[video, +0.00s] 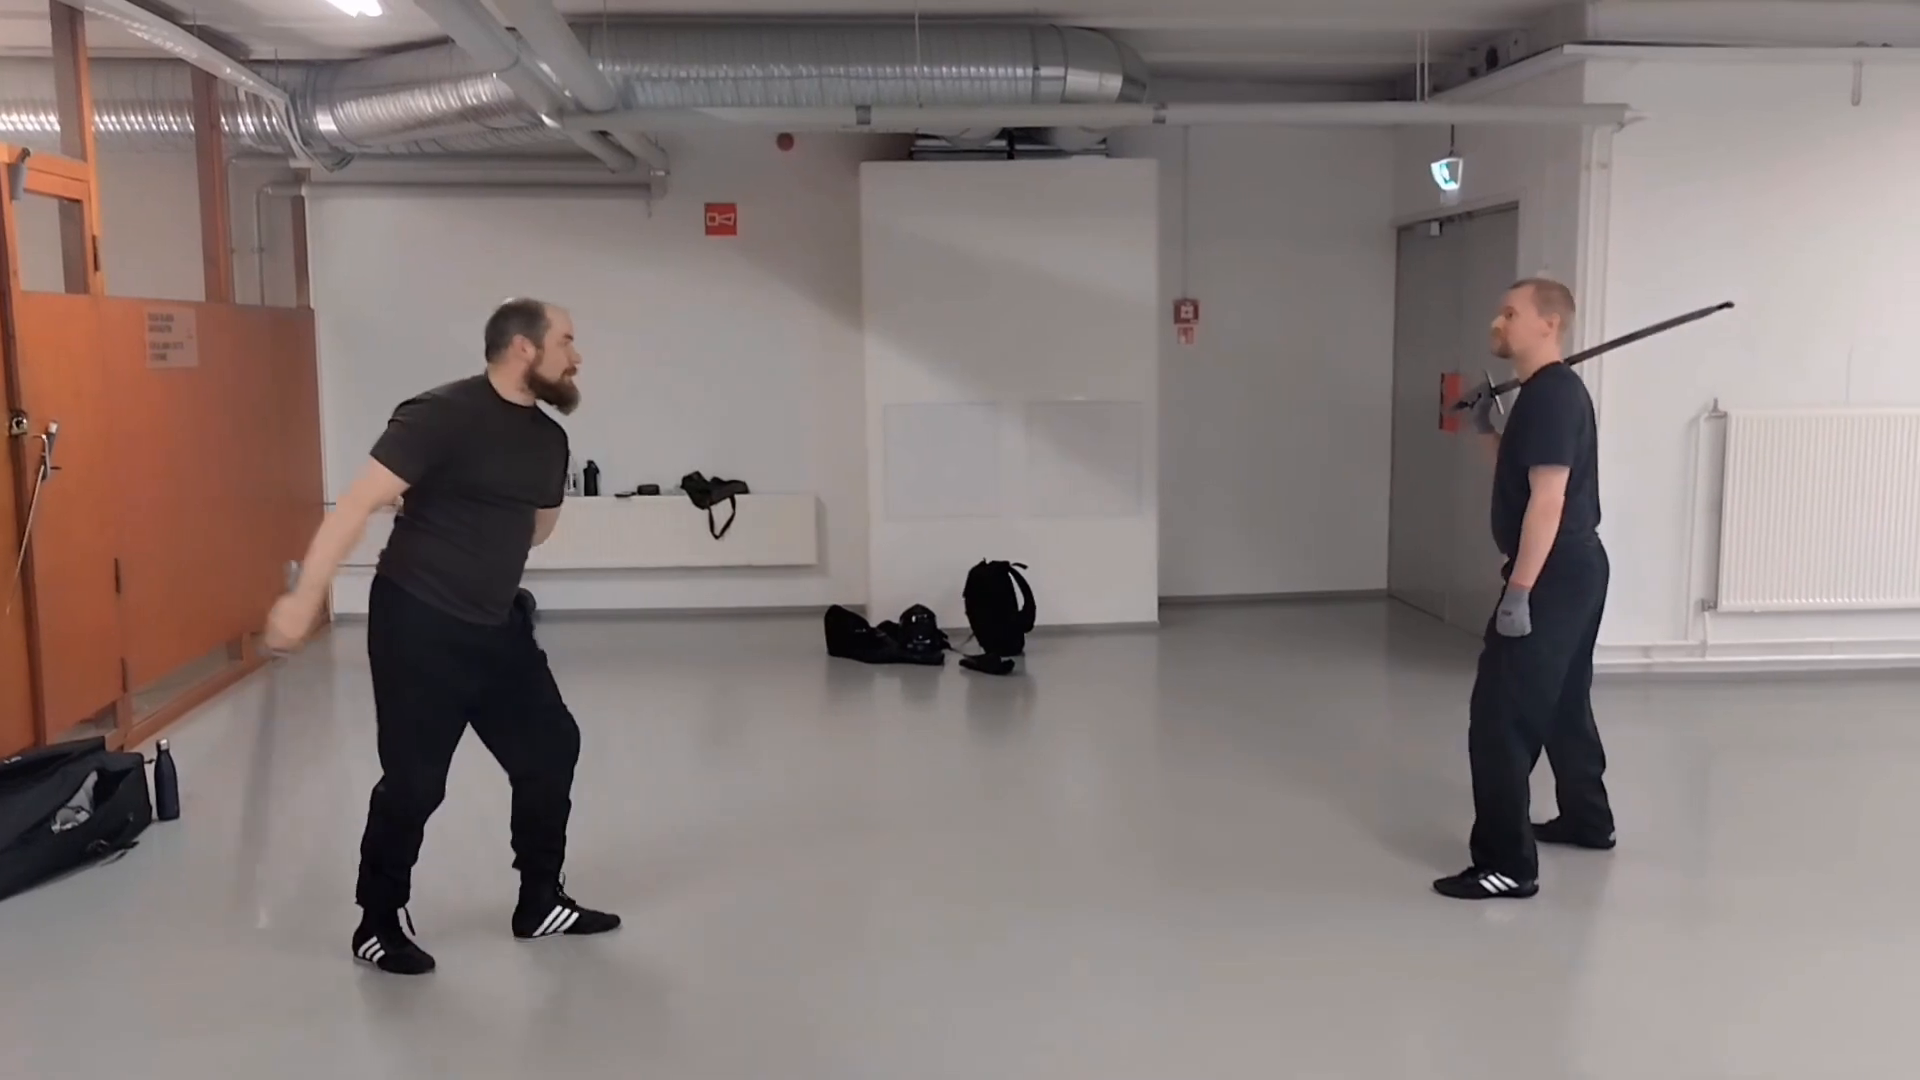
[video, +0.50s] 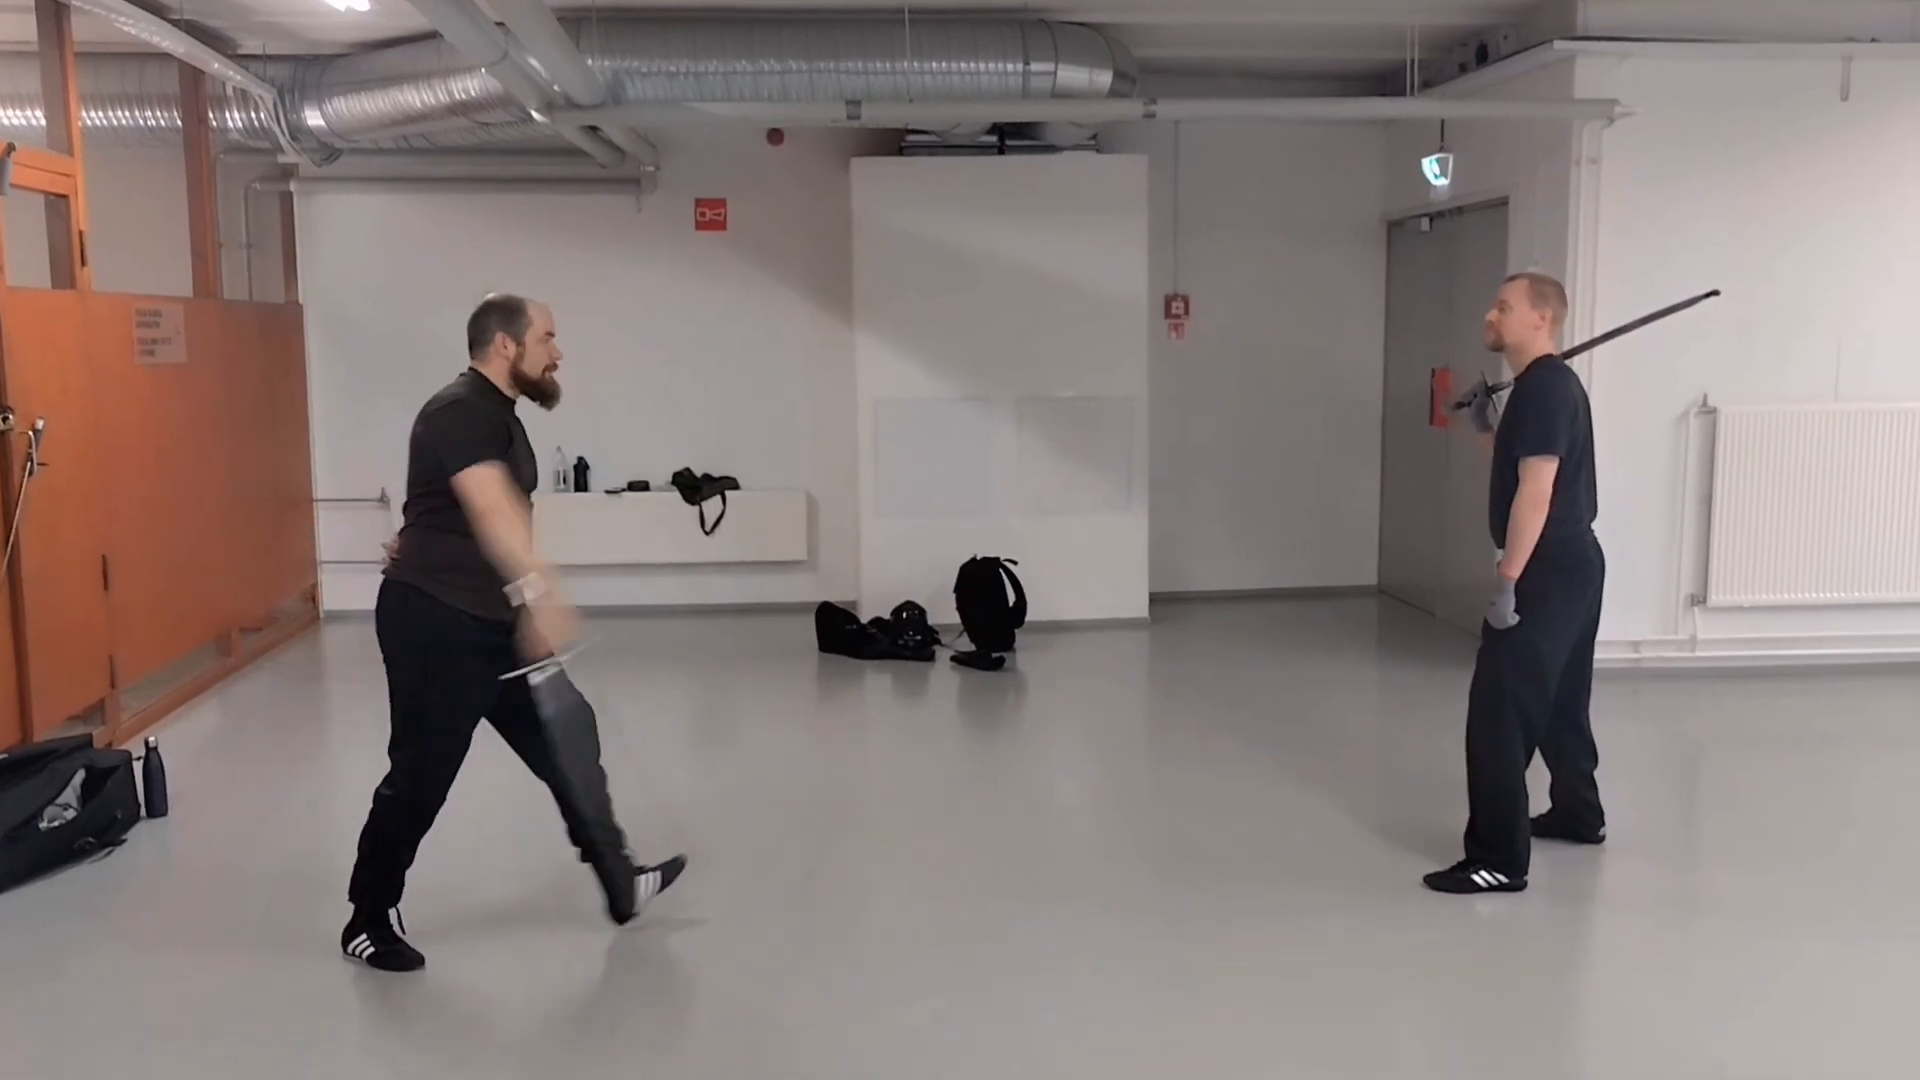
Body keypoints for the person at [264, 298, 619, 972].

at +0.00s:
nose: (576, 356)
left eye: (574, 343)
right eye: (566, 342)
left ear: (530, 351)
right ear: (522, 349)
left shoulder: (548, 438)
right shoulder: (440, 416)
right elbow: (355, 503)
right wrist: (304, 596)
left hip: (494, 625)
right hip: (417, 620)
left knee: (550, 748)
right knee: (414, 776)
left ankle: (540, 901)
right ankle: (378, 925)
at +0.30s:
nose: (554, 350)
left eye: (551, 337)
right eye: (543, 337)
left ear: (503, 345)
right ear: (501, 344)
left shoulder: (513, 426)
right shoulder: (434, 420)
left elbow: (478, 526)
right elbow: (382, 527)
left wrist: (493, 601)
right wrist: (339, 623)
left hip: (488, 624)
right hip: (417, 628)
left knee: (561, 729)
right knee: (414, 784)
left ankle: (547, 882)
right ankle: (372, 923)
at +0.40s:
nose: (551, 351)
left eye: (549, 338)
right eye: (541, 337)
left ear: (499, 347)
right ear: (497, 346)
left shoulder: (495, 417)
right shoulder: (446, 419)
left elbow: (477, 521)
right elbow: (429, 535)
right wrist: (423, 632)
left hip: (493, 620)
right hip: (431, 622)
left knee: (566, 723)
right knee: (417, 778)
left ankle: (570, 884)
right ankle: (371, 917)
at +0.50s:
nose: (557, 353)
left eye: (554, 340)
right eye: (546, 340)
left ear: (505, 347)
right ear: (505, 346)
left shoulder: (499, 418)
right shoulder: (463, 411)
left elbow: (476, 519)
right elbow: (493, 514)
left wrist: (417, 546)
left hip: (486, 619)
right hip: (433, 617)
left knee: (564, 739)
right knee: (420, 776)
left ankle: (619, 879)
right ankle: (368, 920)